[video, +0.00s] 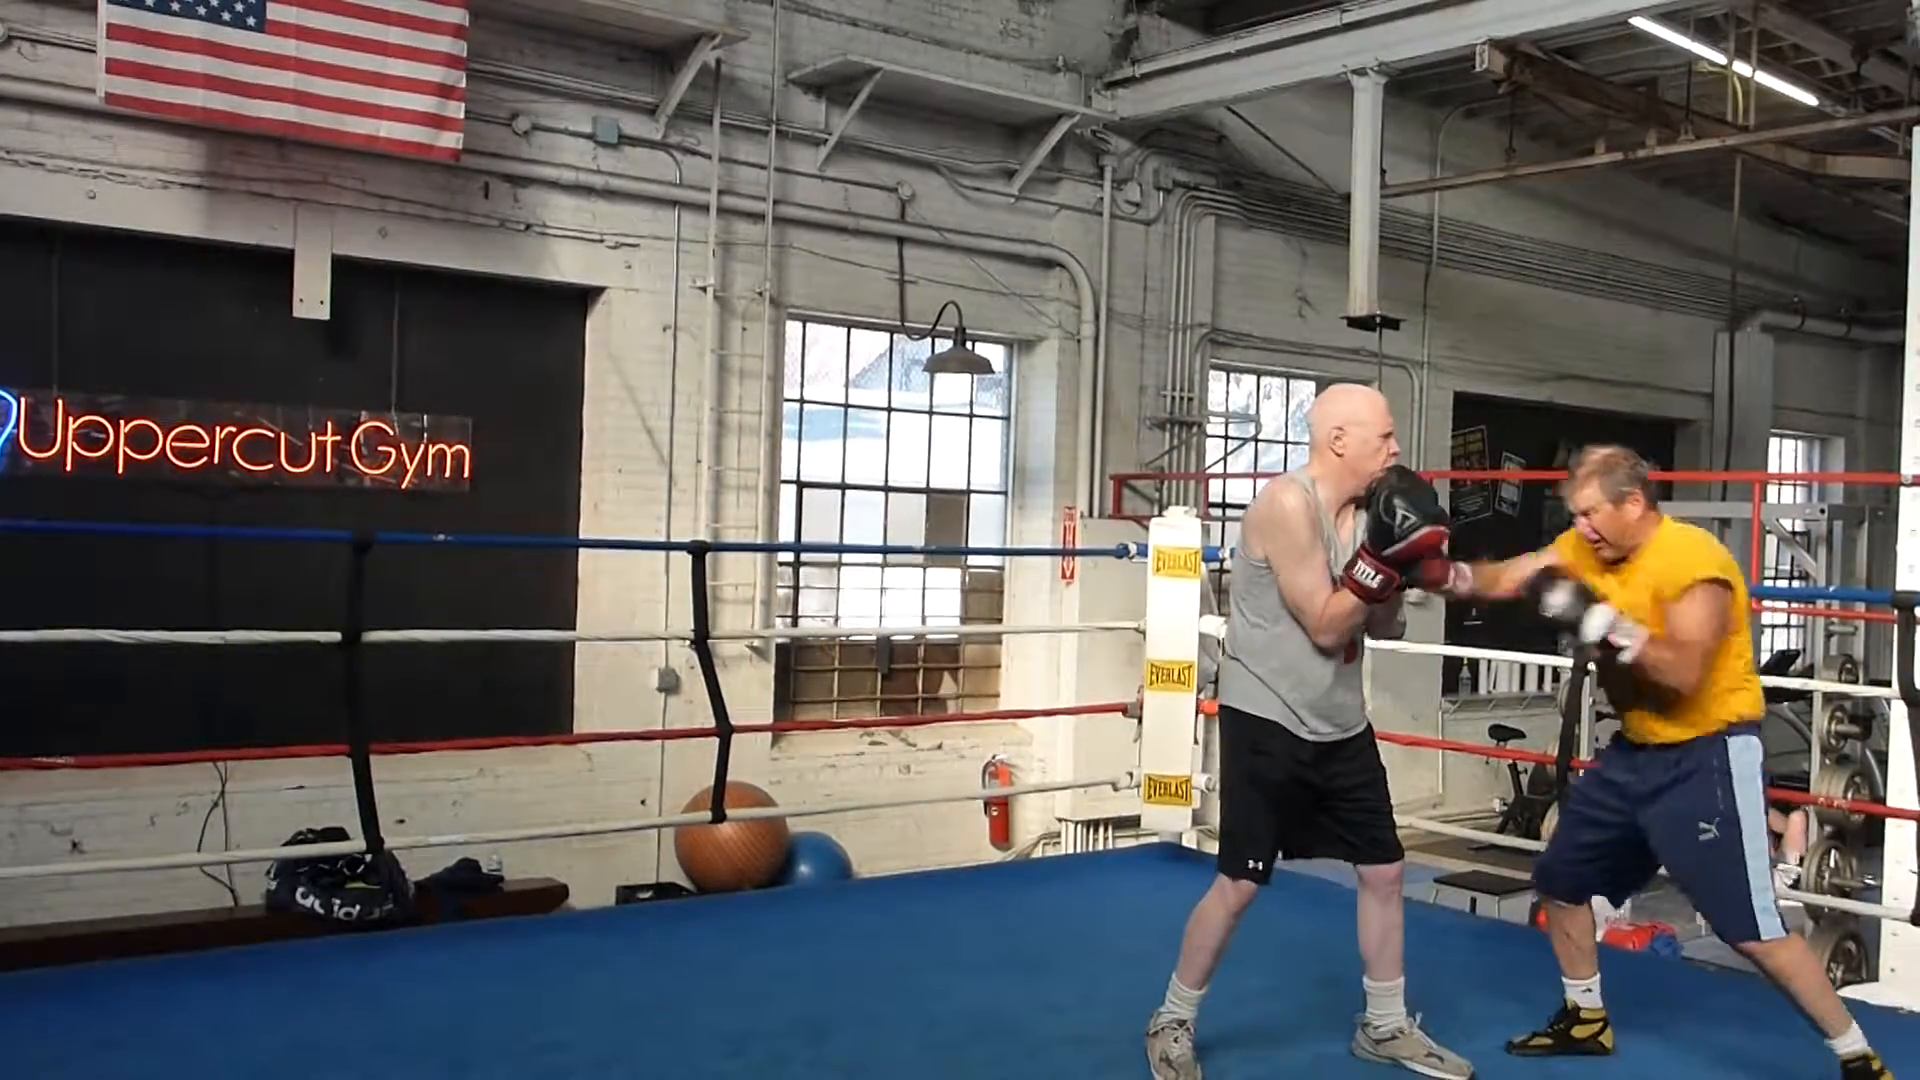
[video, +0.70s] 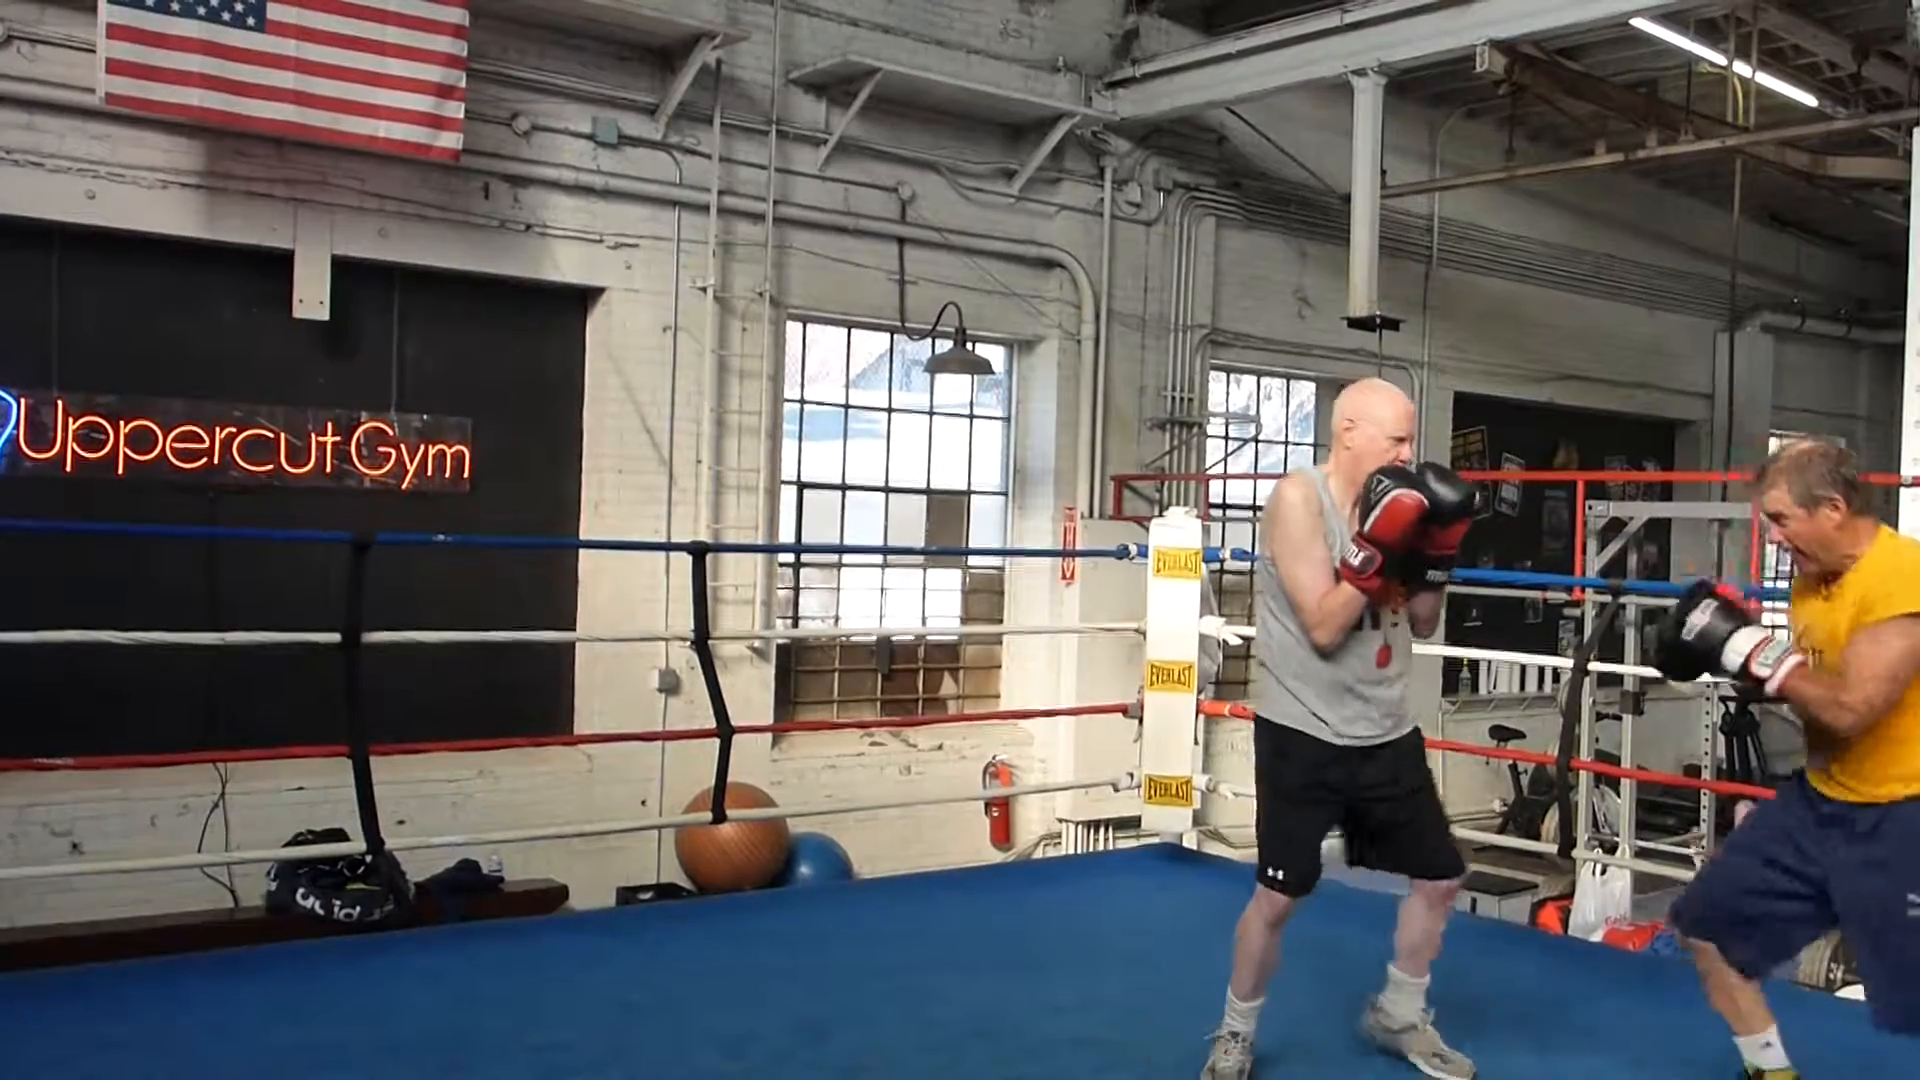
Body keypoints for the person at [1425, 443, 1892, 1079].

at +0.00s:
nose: (1583, 528)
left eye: (1592, 514)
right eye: (1577, 517)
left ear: (1636, 502)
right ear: (1580, 514)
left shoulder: (1693, 556)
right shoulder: (1585, 550)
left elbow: (1685, 670)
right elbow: (1505, 577)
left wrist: (1601, 620)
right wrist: (1438, 570)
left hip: (1712, 752)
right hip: (1636, 752)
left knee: (1752, 925)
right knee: (1562, 878)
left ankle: (1858, 1059)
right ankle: (1585, 1019)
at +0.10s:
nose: (1626, 531)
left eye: (1637, 517)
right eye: (1622, 518)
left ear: (1686, 508)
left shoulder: (1746, 566)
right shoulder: (1636, 557)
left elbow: (1726, 676)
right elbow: (1559, 603)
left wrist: (1656, 587)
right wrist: (1513, 578)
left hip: (1741, 776)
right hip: (1650, 768)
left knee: (1777, 945)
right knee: (1581, 889)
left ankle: (1856, 1070)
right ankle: (1586, 1021)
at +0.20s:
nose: (1680, 522)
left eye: (1691, 506)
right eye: (1675, 509)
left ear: (1742, 494)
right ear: (1674, 504)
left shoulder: (1797, 557)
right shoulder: (1698, 558)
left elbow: (1751, 660)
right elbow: (1653, 630)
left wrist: (1685, 578)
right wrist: (1608, 598)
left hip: (1786, 775)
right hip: (1694, 765)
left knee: (1817, 947)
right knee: (1629, 894)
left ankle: (1868, 1075)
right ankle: (1600, 1020)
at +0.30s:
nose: (1708, 504)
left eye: (1716, 487)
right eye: (1702, 490)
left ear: (1768, 474)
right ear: (1746, 480)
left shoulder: (1826, 534)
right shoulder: (1729, 540)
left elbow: (1752, 640)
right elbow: (1684, 625)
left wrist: (1686, 555)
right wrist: (1649, 568)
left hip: (1828, 760)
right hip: (1736, 749)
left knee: (1843, 950)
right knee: (1664, 883)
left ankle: (1879, 1074)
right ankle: (1698, 1048)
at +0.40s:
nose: (1721, 485)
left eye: (1729, 468)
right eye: (1716, 472)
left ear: (1780, 453)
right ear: (1771, 460)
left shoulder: (1844, 519)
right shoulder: (1748, 525)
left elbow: (1783, 640)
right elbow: (1743, 623)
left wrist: (1708, 558)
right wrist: (1699, 565)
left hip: (1857, 739)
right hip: (1770, 734)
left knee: (1856, 937)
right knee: (1718, 904)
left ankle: (1914, 1067)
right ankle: (1777, 1067)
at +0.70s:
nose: (1774, 537)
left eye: (1781, 520)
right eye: (1769, 523)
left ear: (1833, 509)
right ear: (1826, 511)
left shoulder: (1904, 573)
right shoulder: (1810, 578)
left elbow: (1850, 709)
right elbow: (1817, 688)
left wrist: (1749, 649)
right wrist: (1740, 654)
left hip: (1900, 824)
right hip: (1818, 807)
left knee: (1910, 1009)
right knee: (1706, 925)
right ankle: (1773, 1071)